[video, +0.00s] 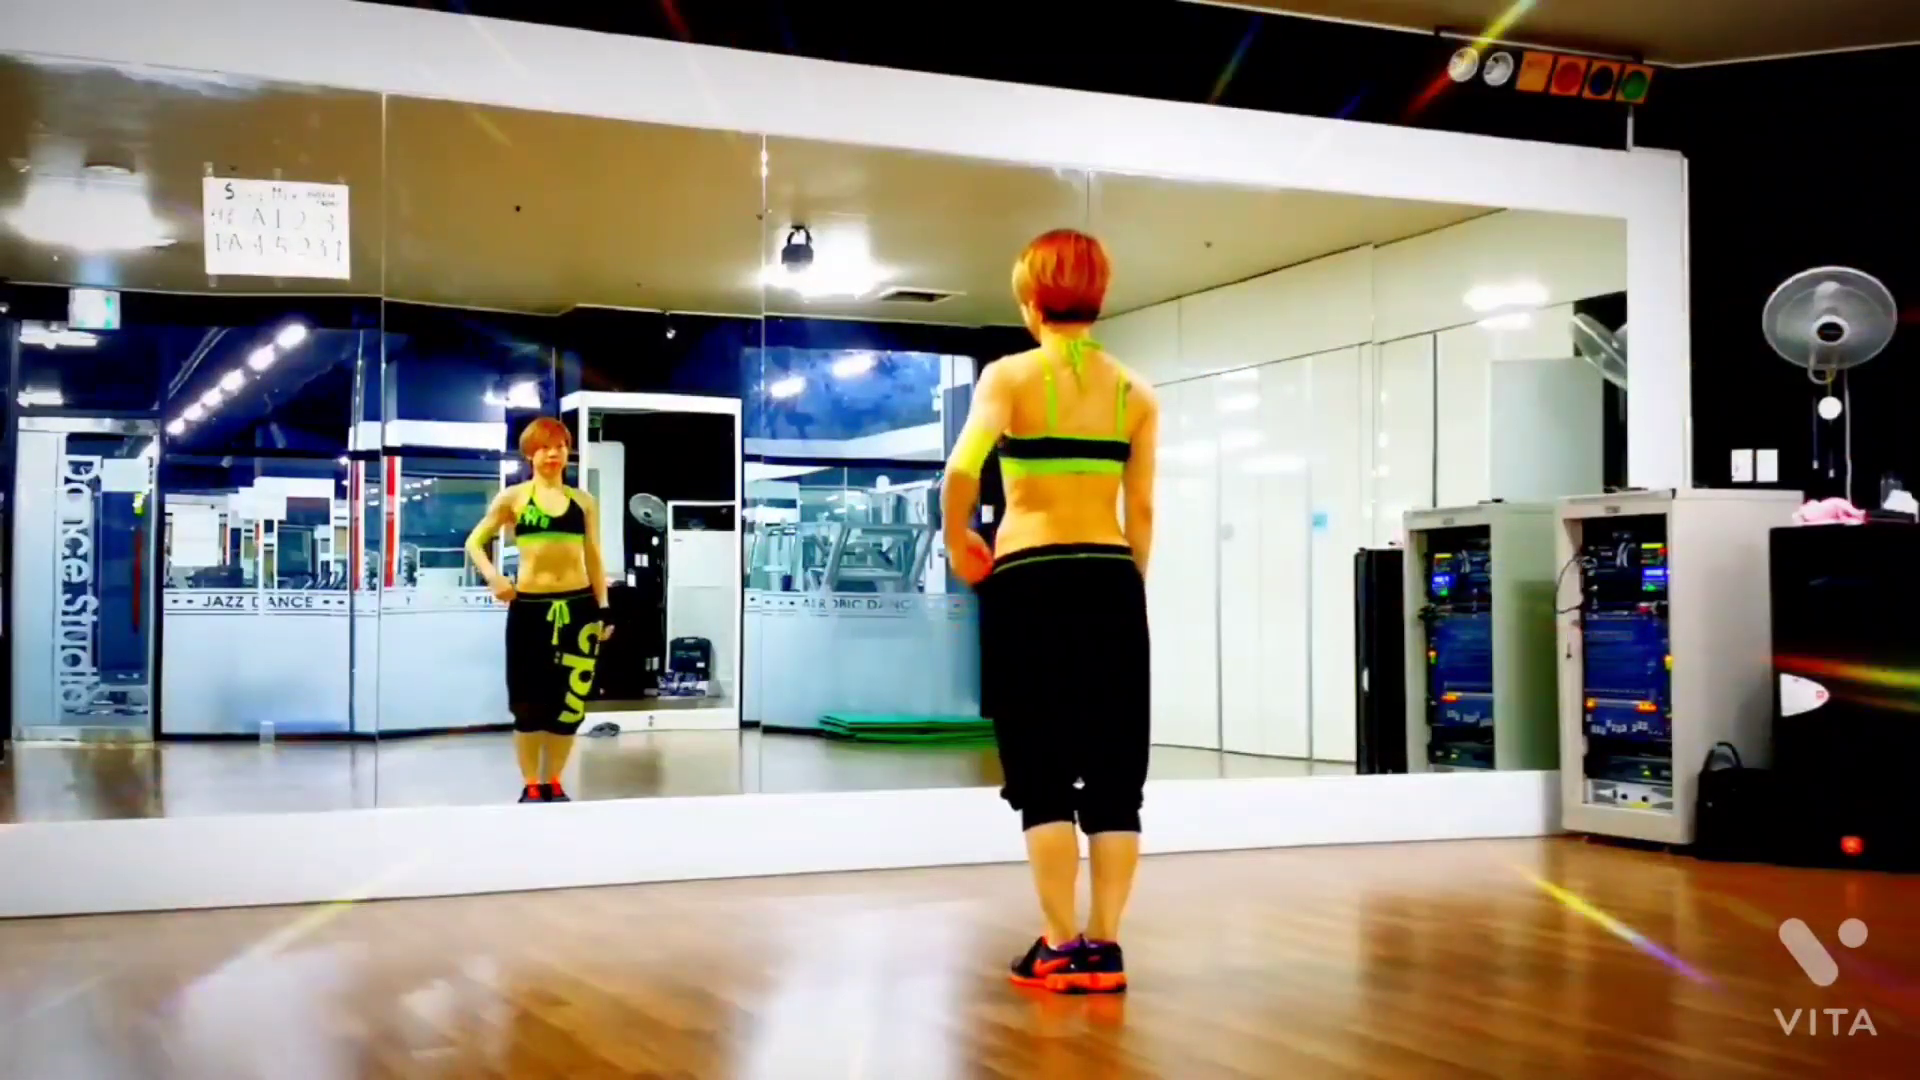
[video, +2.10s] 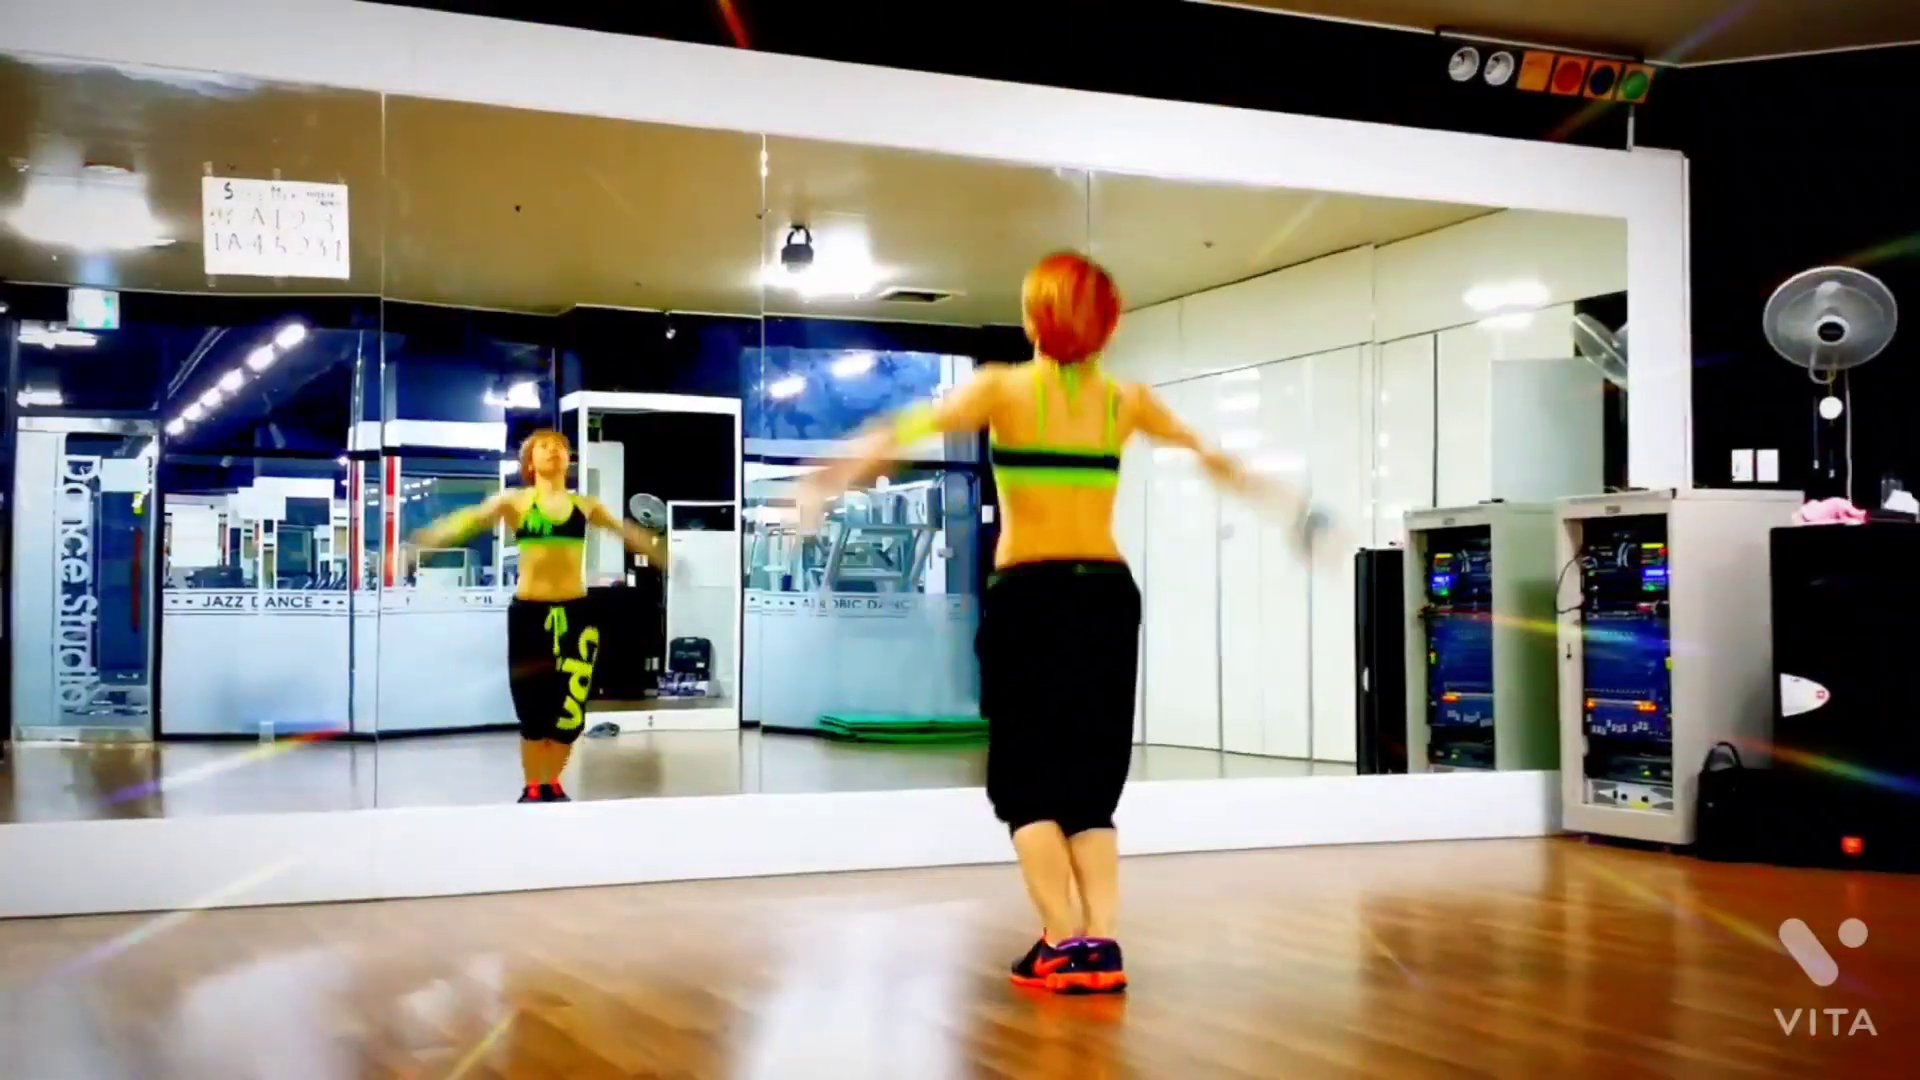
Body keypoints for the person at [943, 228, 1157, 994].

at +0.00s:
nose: (1023, 304)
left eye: (1024, 293)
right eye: (1036, 292)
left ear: (1029, 299)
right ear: (1099, 298)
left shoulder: (1006, 377)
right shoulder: (1134, 391)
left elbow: (962, 473)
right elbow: (1140, 505)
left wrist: (961, 548)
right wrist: (1131, 577)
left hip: (1027, 587)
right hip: (1111, 585)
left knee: (1039, 765)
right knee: (1116, 766)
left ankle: (1061, 940)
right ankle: (1104, 945)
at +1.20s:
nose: (1027, 311)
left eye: (1029, 301)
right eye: (1038, 300)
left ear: (1035, 305)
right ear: (1105, 301)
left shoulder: (1009, 378)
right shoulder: (1140, 389)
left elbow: (976, 488)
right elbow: (1123, 477)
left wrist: (1009, 548)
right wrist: (1057, 531)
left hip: (1025, 591)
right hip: (1108, 589)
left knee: (1040, 764)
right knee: (1114, 766)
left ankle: (1059, 939)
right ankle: (1103, 941)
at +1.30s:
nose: (1023, 307)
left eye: (1026, 296)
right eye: (1030, 295)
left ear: (1036, 301)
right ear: (1103, 298)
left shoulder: (1016, 366)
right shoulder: (1138, 375)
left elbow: (959, 418)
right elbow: (1094, 419)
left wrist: (1030, 435)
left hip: (1027, 587)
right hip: (1111, 586)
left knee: (1041, 767)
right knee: (1117, 766)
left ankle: (1061, 940)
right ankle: (1105, 943)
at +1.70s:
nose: (1014, 318)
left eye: (1020, 307)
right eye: (1020, 305)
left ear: (1031, 319)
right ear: (1098, 320)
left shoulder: (998, 395)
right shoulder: (1124, 398)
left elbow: (994, 457)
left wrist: (1005, 361)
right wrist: (1030, 360)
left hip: (1039, 602)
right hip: (1123, 599)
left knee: (1026, 780)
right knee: (1092, 787)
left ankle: (1061, 941)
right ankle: (1102, 944)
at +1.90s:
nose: (1029, 391)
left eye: (1031, 381)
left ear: (1030, 392)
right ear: (1101, 393)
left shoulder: (997, 470)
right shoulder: (1130, 477)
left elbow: (983, 595)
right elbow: (1104, 579)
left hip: (1033, 666)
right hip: (1118, 665)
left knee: (1010, 819)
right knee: (1072, 818)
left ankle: (1059, 941)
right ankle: (1099, 944)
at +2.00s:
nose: (1040, 373)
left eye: (1038, 361)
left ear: (1033, 371)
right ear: (1106, 375)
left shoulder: (998, 447)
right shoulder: (1128, 460)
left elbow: (953, 563)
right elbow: (1146, 569)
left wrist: (917, 654)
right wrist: (1143, 637)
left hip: (1030, 645)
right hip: (1114, 646)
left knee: (1014, 808)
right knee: (1075, 809)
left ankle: (1061, 941)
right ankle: (1101, 944)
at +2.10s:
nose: (1037, 323)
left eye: (1037, 310)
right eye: (1074, 312)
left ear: (1031, 319)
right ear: (1103, 322)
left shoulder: (1000, 388)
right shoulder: (1123, 398)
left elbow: (899, 436)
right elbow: (1208, 453)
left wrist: (831, 483)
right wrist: (1279, 500)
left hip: (1027, 595)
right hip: (1106, 593)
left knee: (1022, 775)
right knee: (1092, 775)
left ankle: (1062, 938)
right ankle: (1101, 942)